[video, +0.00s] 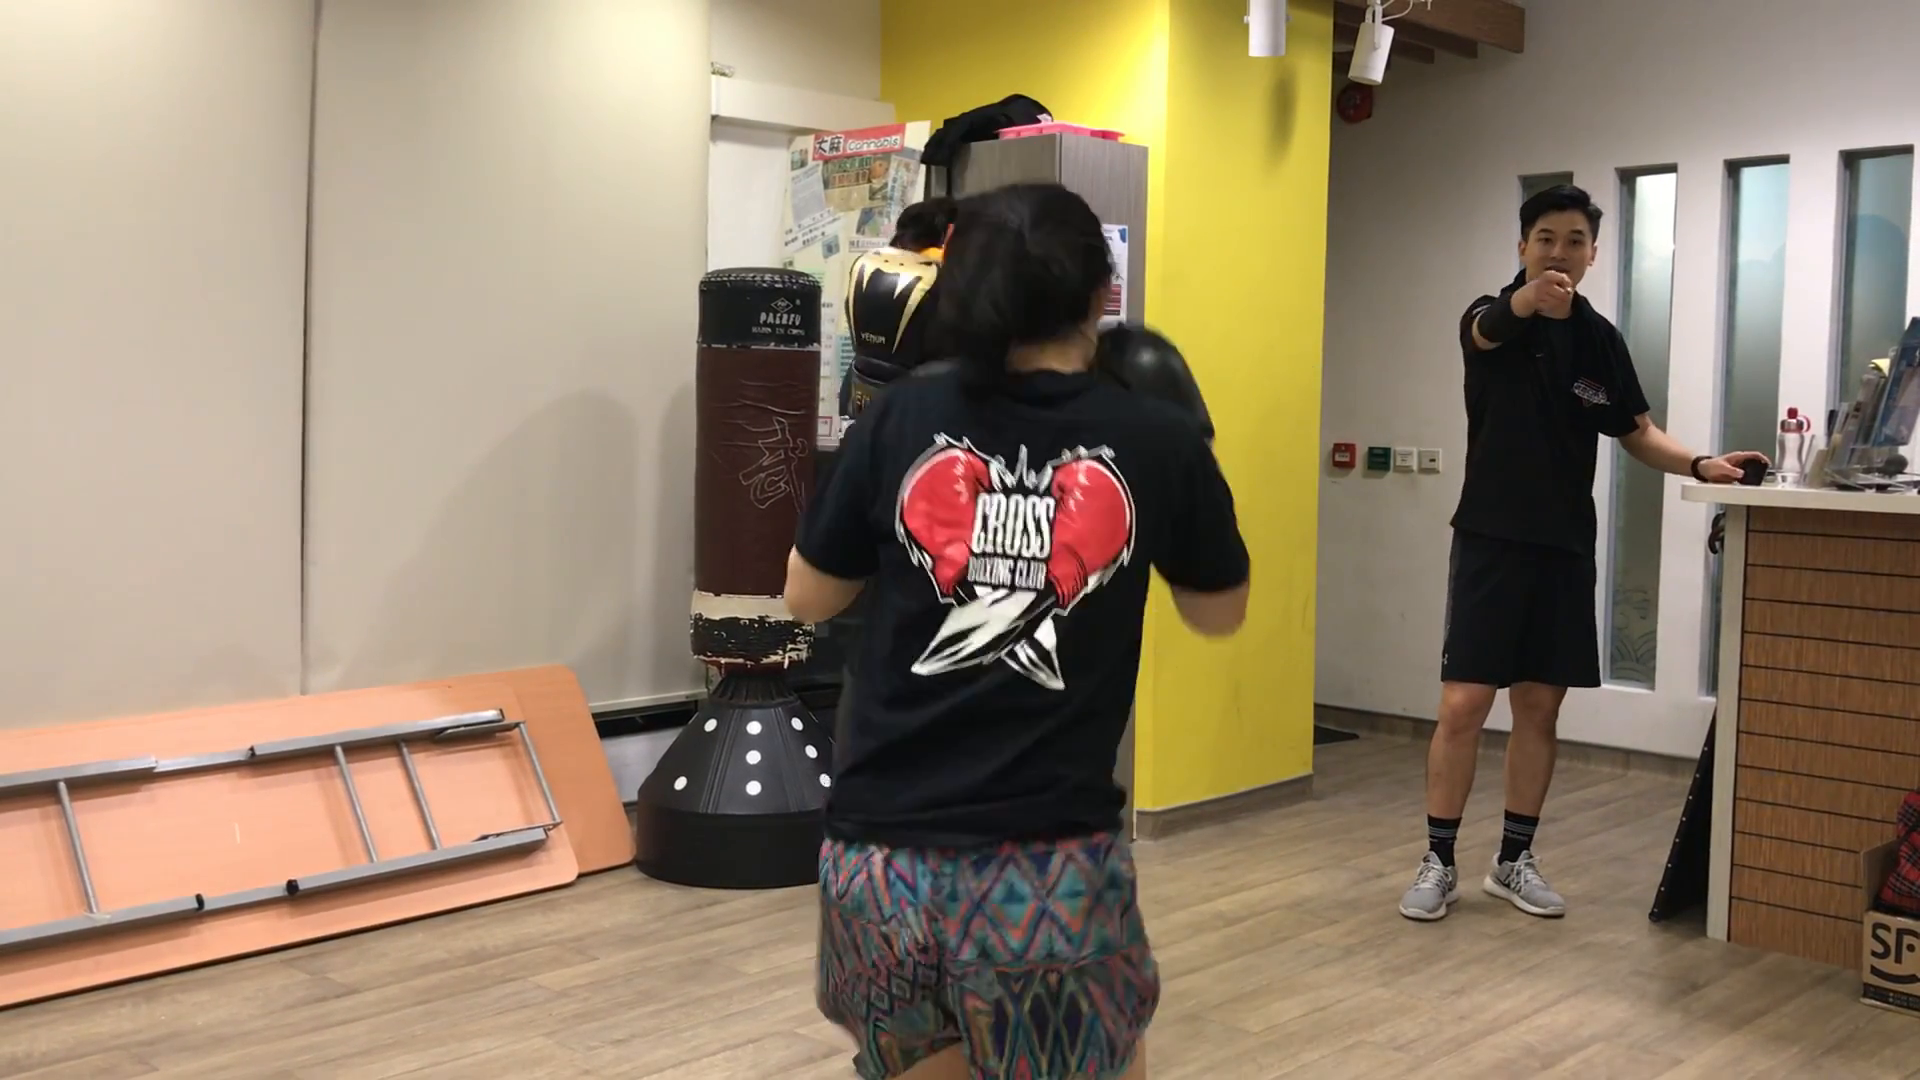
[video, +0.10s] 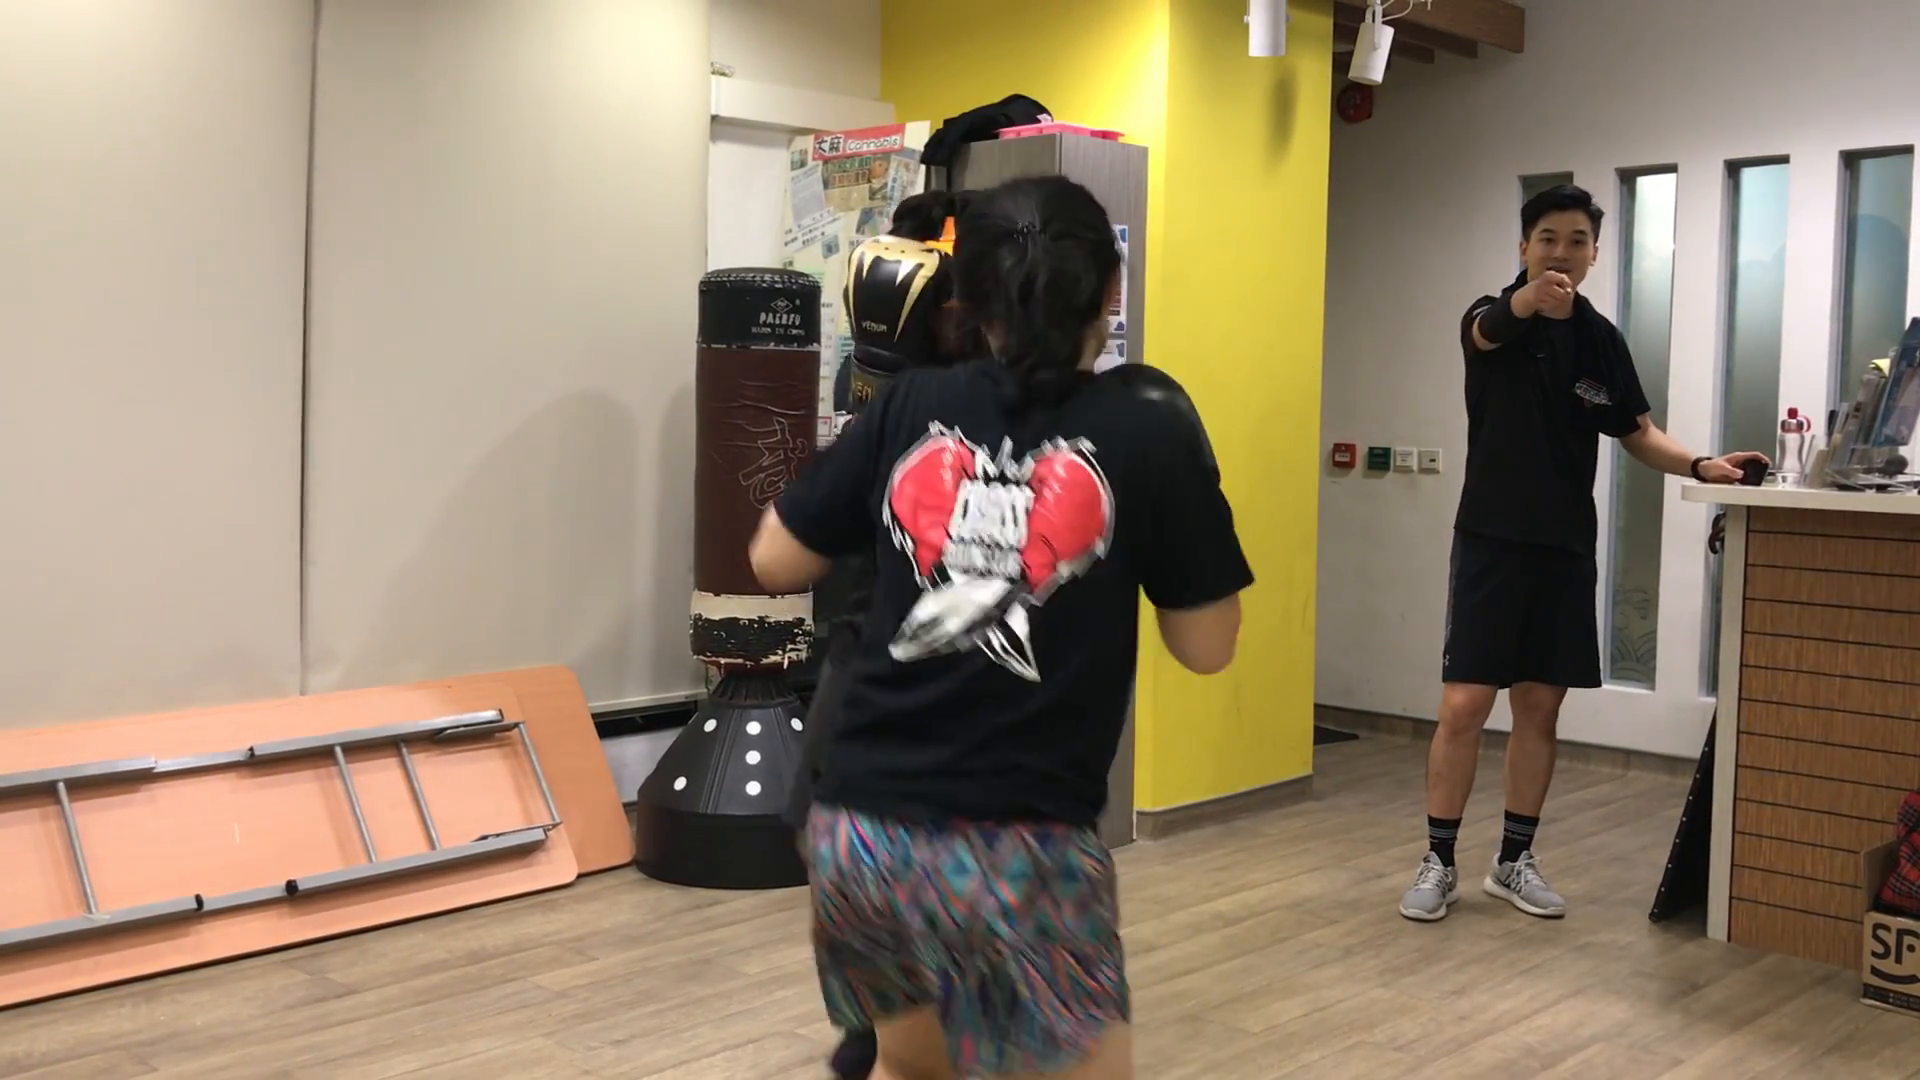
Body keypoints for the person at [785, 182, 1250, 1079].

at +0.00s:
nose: (1115, 292)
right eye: (1109, 275)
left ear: (964, 289)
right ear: (1100, 296)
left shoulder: (901, 416)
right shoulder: (1150, 436)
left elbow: (810, 592)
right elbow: (1217, 609)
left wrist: (924, 517)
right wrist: (1183, 432)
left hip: (875, 873)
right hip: (1053, 876)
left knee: (918, 1066)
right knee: (1066, 1063)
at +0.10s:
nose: (1116, 283)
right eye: (1113, 268)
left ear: (966, 290)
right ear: (1108, 292)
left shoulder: (910, 404)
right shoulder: (1146, 422)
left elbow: (775, 561)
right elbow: (1207, 644)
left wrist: (900, 505)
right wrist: (1129, 501)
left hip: (860, 831)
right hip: (1029, 850)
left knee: (908, 1063)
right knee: (1088, 1062)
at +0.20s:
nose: (1106, 252)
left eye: (1102, 237)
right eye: (1101, 238)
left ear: (960, 252)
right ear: (1089, 253)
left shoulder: (896, 361)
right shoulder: (1123, 391)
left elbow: (781, 457)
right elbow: (1168, 601)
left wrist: (883, 465)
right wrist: (1162, 476)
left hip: (825, 766)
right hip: (971, 794)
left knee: (880, 1057)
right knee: (1016, 1062)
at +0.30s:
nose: (1067, 265)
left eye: (1063, 246)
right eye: (1062, 247)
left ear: (941, 262)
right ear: (1038, 263)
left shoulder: (913, 364)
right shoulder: (1025, 374)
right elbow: (1112, 574)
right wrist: (1144, 458)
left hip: (817, 751)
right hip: (917, 775)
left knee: (855, 1062)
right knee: (1020, 1061)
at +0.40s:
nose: (1036, 303)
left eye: (1033, 283)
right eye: (1033, 283)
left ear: (915, 281)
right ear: (1009, 289)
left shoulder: (872, 383)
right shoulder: (997, 398)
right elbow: (1071, 599)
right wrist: (1108, 474)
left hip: (789, 769)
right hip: (901, 795)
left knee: (826, 1062)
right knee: (1029, 1062)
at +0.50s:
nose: (1042, 279)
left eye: (1039, 259)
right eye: (1040, 260)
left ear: (907, 262)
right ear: (1021, 266)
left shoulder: (854, 373)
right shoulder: (1040, 385)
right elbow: (1096, 597)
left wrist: (1035, 526)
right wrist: (1111, 478)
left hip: (776, 745)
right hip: (911, 771)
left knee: (806, 1057)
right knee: (979, 1062)